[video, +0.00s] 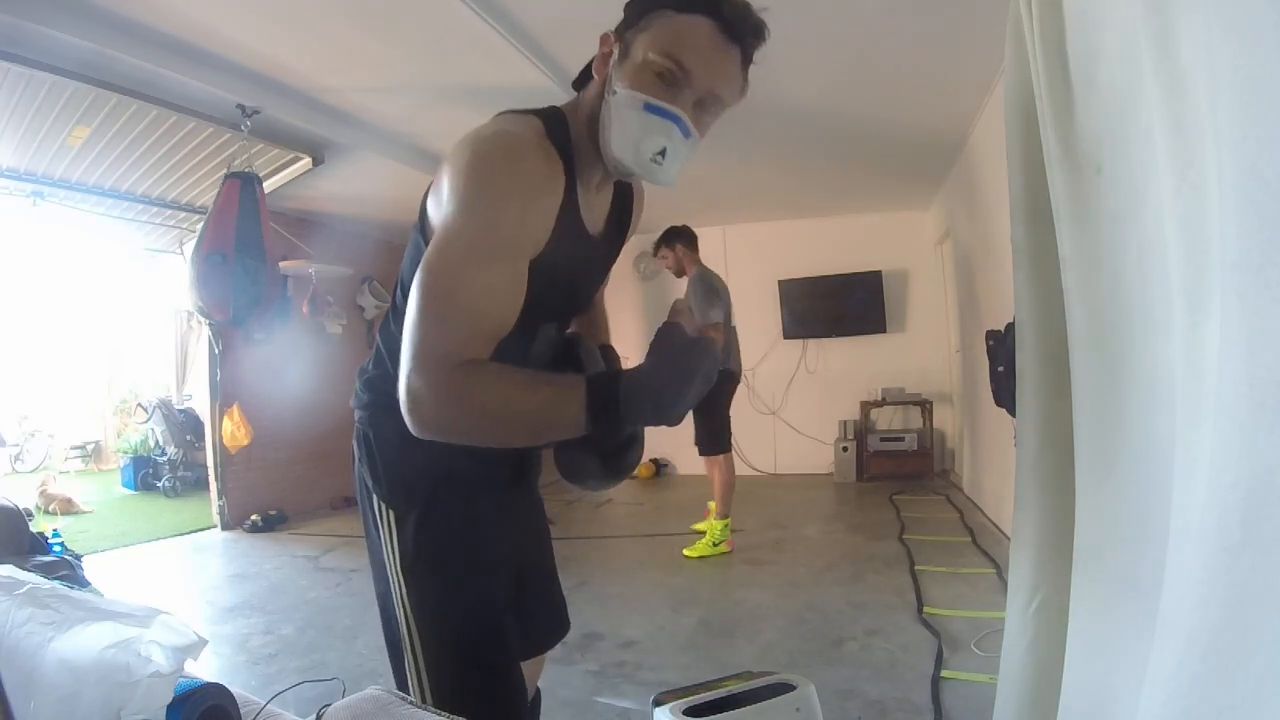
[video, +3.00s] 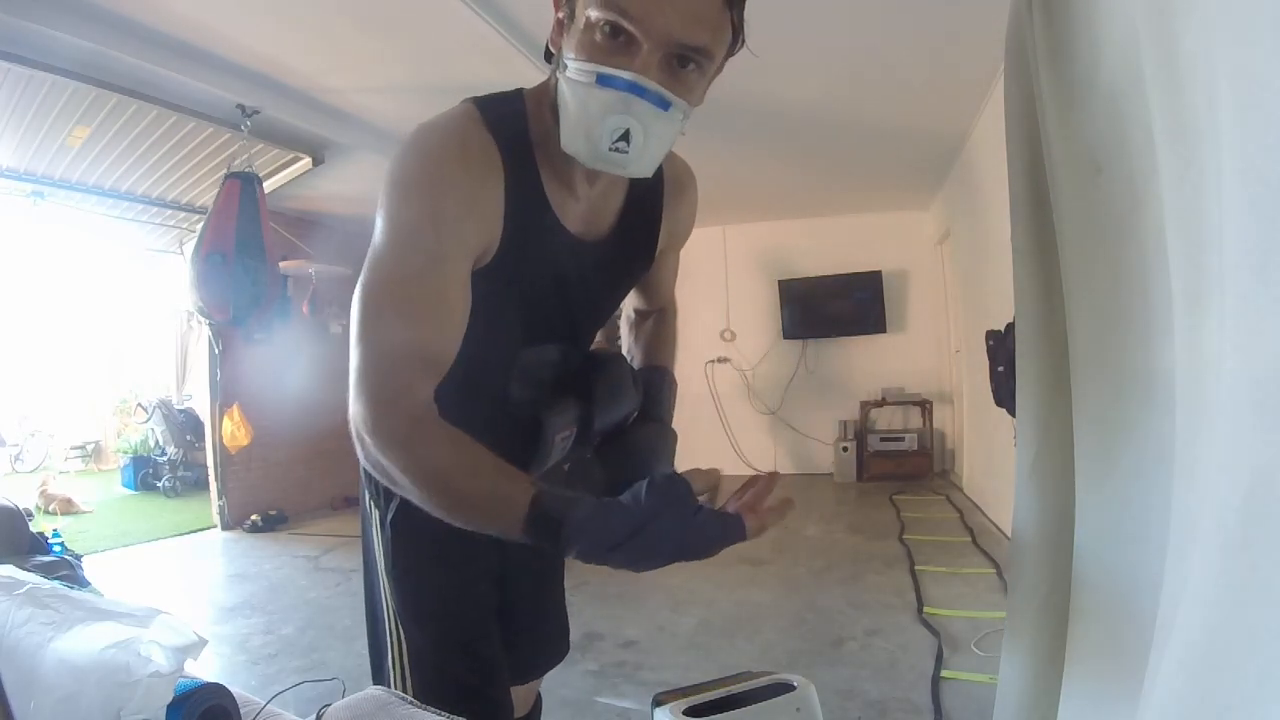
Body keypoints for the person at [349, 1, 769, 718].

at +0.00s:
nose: (679, 116)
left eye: (707, 107)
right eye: (666, 76)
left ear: (719, 120)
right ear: (608, 54)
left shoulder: (622, 195)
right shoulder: (506, 158)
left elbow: (583, 300)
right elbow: (433, 398)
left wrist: (603, 405)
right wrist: (636, 395)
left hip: (504, 434)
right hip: (421, 444)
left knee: (531, 636)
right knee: (480, 695)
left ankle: (521, 708)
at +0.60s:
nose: (622, 102)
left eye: (667, 80)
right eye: (600, 53)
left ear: (707, 84)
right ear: (553, 34)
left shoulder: (656, 194)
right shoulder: (453, 171)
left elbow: (640, 302)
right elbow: (368, 421)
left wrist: (641, 385)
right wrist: (547, 472)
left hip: (535, 456)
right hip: (431, 469)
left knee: (529, 678)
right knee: (472, 703)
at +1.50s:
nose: (672, 105)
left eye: (707, 78)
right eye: (646, 58)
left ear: (728, 73)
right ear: (560, 28)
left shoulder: (669, 187)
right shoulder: (442, 165)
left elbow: (659, 300)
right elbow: (367, 405)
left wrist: (660, 407)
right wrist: (435, 437)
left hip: (545, 458)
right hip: (434, 471)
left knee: (527, 683)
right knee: (468, 704)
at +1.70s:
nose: (713, 120)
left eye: (736, 87)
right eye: (689, 77)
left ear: (751, 73)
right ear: (584, 40)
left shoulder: (664, 188)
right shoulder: (446, 161)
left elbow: (653, 301)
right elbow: (391, 453)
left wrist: (654, 415)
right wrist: (454, 359)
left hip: (537, 450)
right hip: (431, 459)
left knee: (522, 688)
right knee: (469, 705)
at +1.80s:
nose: (703, 120)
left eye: (728, 89)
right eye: (681, 79)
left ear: (747, 71)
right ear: (577, 38)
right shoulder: (449, 160)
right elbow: (384, 444)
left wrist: (625, 456)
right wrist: (551, 368)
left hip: (533, 473)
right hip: (431, 483)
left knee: (519, 686)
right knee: (464, 704)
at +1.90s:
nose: (687, 115)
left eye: (716, 85)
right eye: (662, 73)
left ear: (738, 63)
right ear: (566, 32)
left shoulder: (656, 183)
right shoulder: (450, 154)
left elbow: (646, 303)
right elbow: (389, 428)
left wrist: (652, 400)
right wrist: (653, 425)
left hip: (528, 450)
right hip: (429, 460)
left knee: (519, 680)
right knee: (461, 701)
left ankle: (517, 705)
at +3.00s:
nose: (640, 81)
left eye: (683, 62)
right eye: (614, 32)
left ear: (712, 79)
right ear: (562, 23)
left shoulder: (668, 192)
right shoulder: (452, 158)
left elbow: (650, 310)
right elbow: (387, 420)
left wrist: (650, 439)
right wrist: (588, 527)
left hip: (539, 475)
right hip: (431, 467)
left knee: (522, 688)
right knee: (460, 704)